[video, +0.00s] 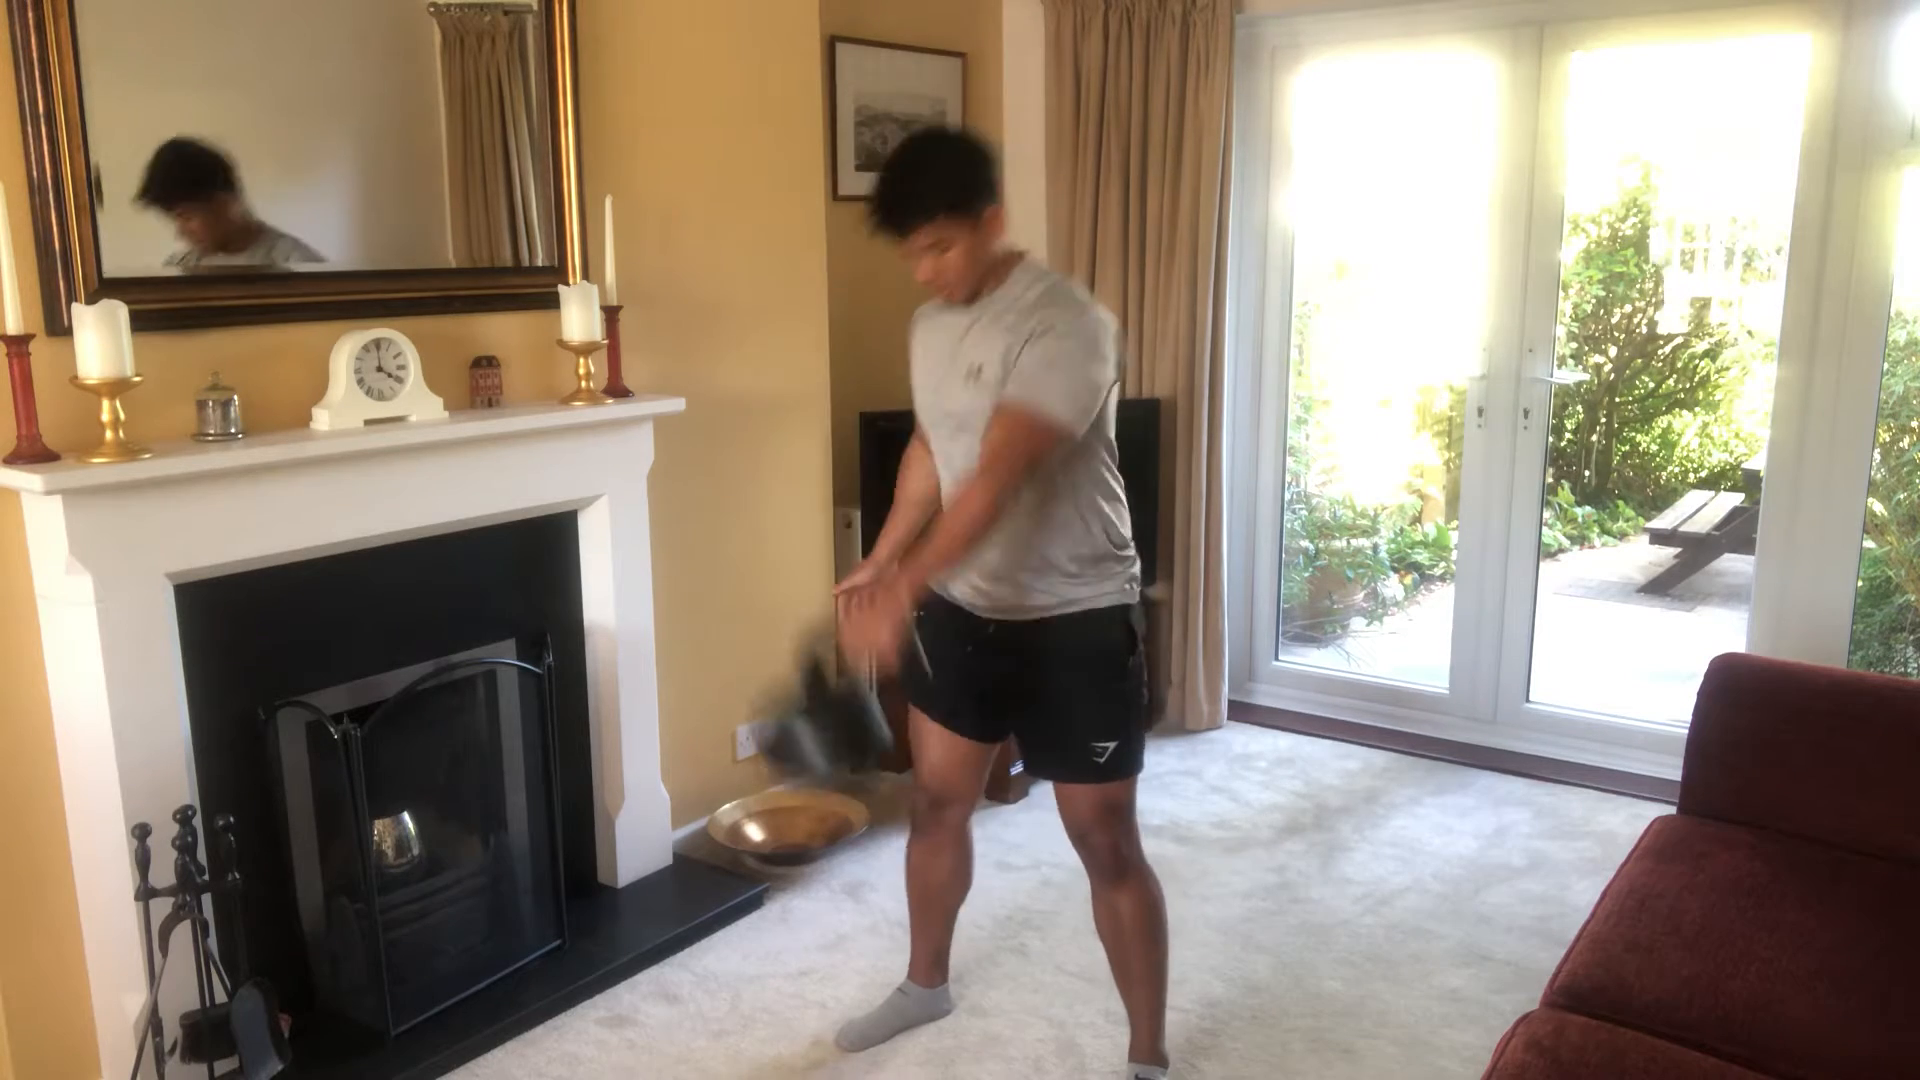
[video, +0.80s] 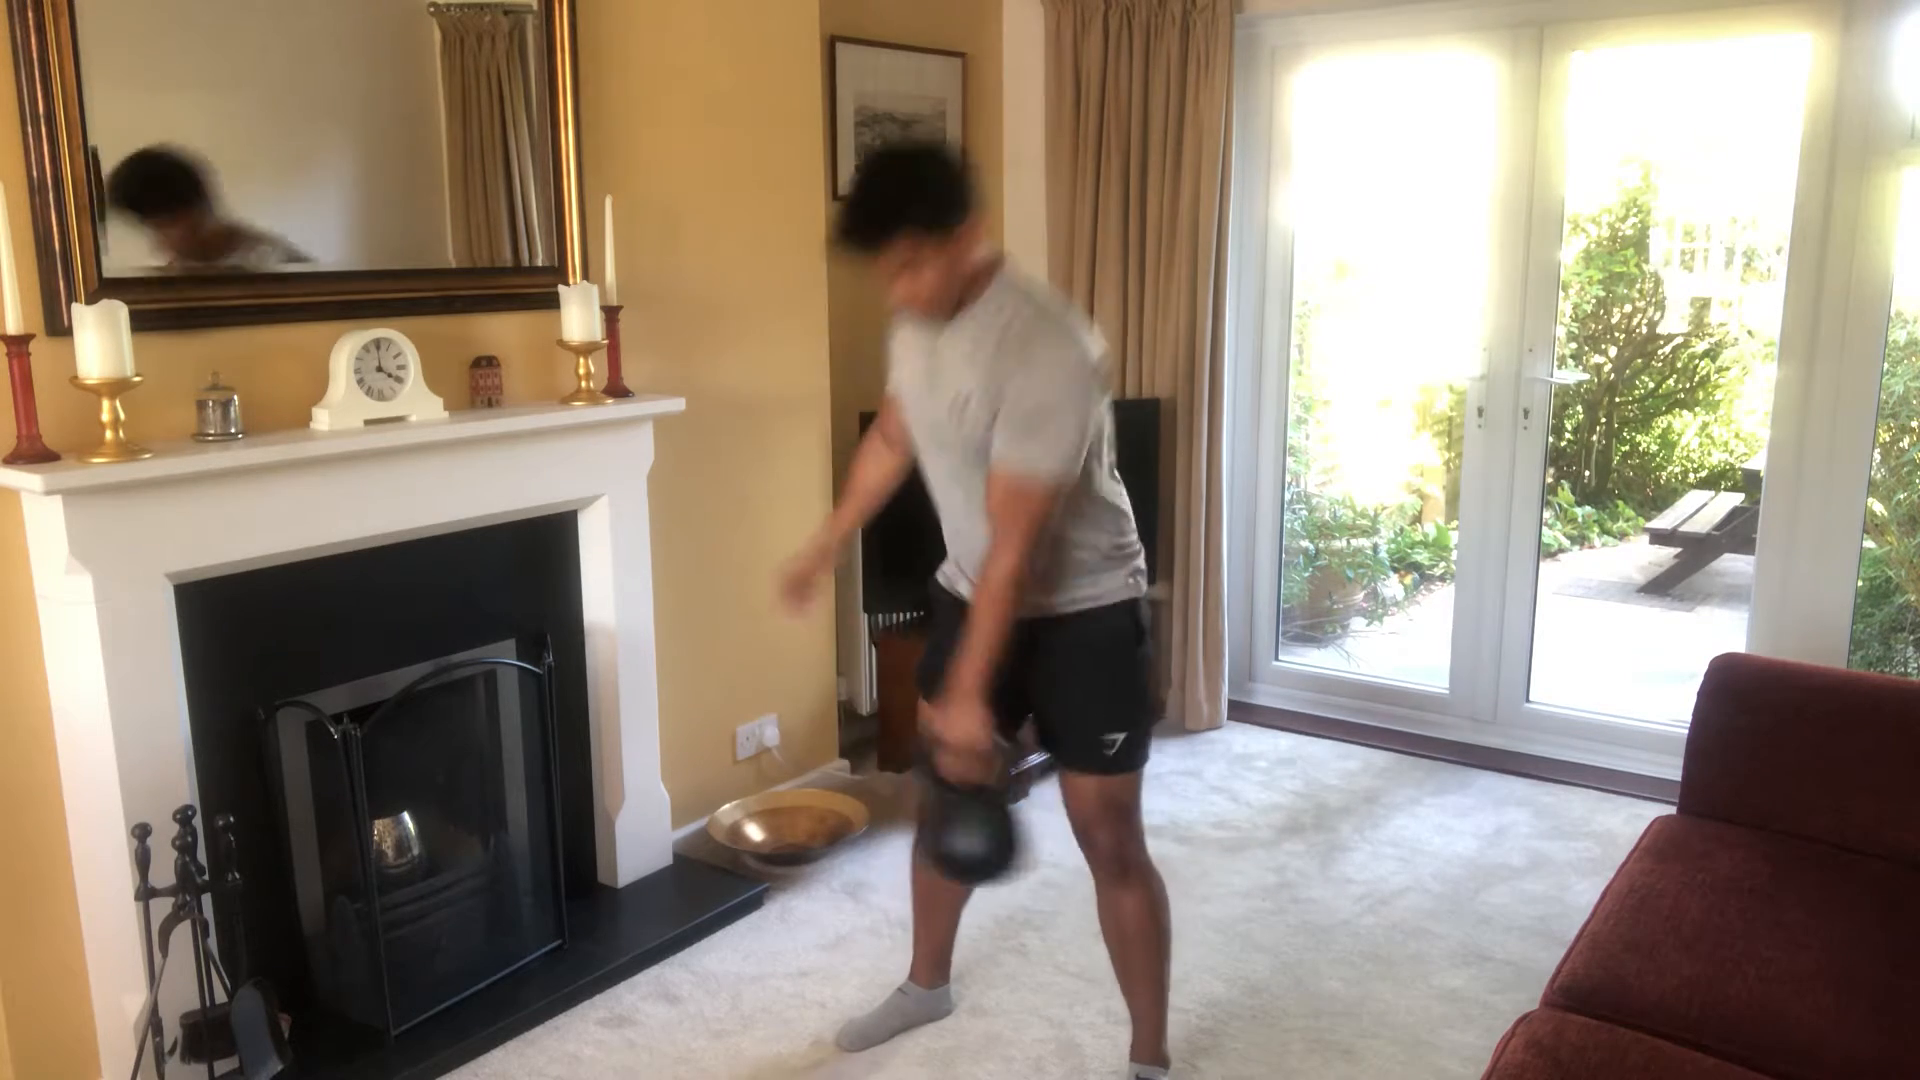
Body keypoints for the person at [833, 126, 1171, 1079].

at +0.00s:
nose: (924, 268)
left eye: (939, 245)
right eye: (912, 251)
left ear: (993, 220)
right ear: (905, 243)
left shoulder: (1067, 322)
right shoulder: (933, 324)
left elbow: (1002, 474)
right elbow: (930, 448)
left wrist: (908, 583)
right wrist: (886, 554)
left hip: (1076, 618)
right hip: (962, 609)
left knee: (1105, 843)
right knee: (937, 805)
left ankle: (1149, 1056)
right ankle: (926, 983)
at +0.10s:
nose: (874, 338)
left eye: (884, 315)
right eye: (862, 321)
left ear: (937, 283)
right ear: (857, 309)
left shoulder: (1034, 363)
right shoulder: (903, 360)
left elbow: (1002, 552)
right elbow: (921, 461)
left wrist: (938, 704)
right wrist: (890, 559)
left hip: (1092, 615)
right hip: (990, 611)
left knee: (1113, 848)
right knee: (922, 775)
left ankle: (1150, 1059)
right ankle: (925, 982)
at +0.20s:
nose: (826, 448)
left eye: (828, 426)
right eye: (814, 431)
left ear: (875, 393)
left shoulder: (1000, 453)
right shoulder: (884, 418)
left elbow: (1008, 632)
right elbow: (938, 494)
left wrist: (992, 768)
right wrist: (915, 560)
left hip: (1099, 625)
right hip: (992, 619)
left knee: (1117, 857)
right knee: (915, 795)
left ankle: (1150, 1059)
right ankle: (923, 984)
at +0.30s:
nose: (801, 569)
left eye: (800, 549)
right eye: (788, 555)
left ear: (837, 516)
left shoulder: (975, 549)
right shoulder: (864, 458)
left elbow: (1019, 686)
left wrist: (1035, 784)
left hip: (1105, 638)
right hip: (996, 628)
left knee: (1116, 867)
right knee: (898, 805)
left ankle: (1150, 1063)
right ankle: (923, 985)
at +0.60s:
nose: (807, 580)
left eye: (807, 559)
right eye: (794, 565)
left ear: (845, 524)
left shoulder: (983, 570)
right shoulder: (860, 472)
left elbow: (1038, 692)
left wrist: (1058, 766)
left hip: (1107, 637)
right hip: (997, 631)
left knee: (1124, 863)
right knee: (900, 809)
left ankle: (1153, 1062)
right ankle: (923, 985)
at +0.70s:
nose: (834, 407)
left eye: (839, 383)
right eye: (823, 387)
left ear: (888, 354)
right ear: (860, 365)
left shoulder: (1009, 437)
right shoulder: (876, 410)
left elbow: (1029, 613)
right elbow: (886, 489)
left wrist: (1026, 739)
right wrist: (881, 572)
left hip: (1102, 622)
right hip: (988, 613)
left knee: (1125, 852)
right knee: (921, 797)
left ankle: (1154, 1059)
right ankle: (924, 983)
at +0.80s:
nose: (895, 286)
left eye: (908, 264)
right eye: (885, 268)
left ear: (966, 237)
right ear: (885, 256)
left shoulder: (1048, 343)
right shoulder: (918, 319)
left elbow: (1016, 538)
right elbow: (896, 433)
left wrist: (967, 688)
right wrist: (826, 542)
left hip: (1082, 603)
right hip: (974, 592)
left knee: (1110, 836)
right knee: (943, 794)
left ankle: (1151, 1057)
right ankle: (928, 983)